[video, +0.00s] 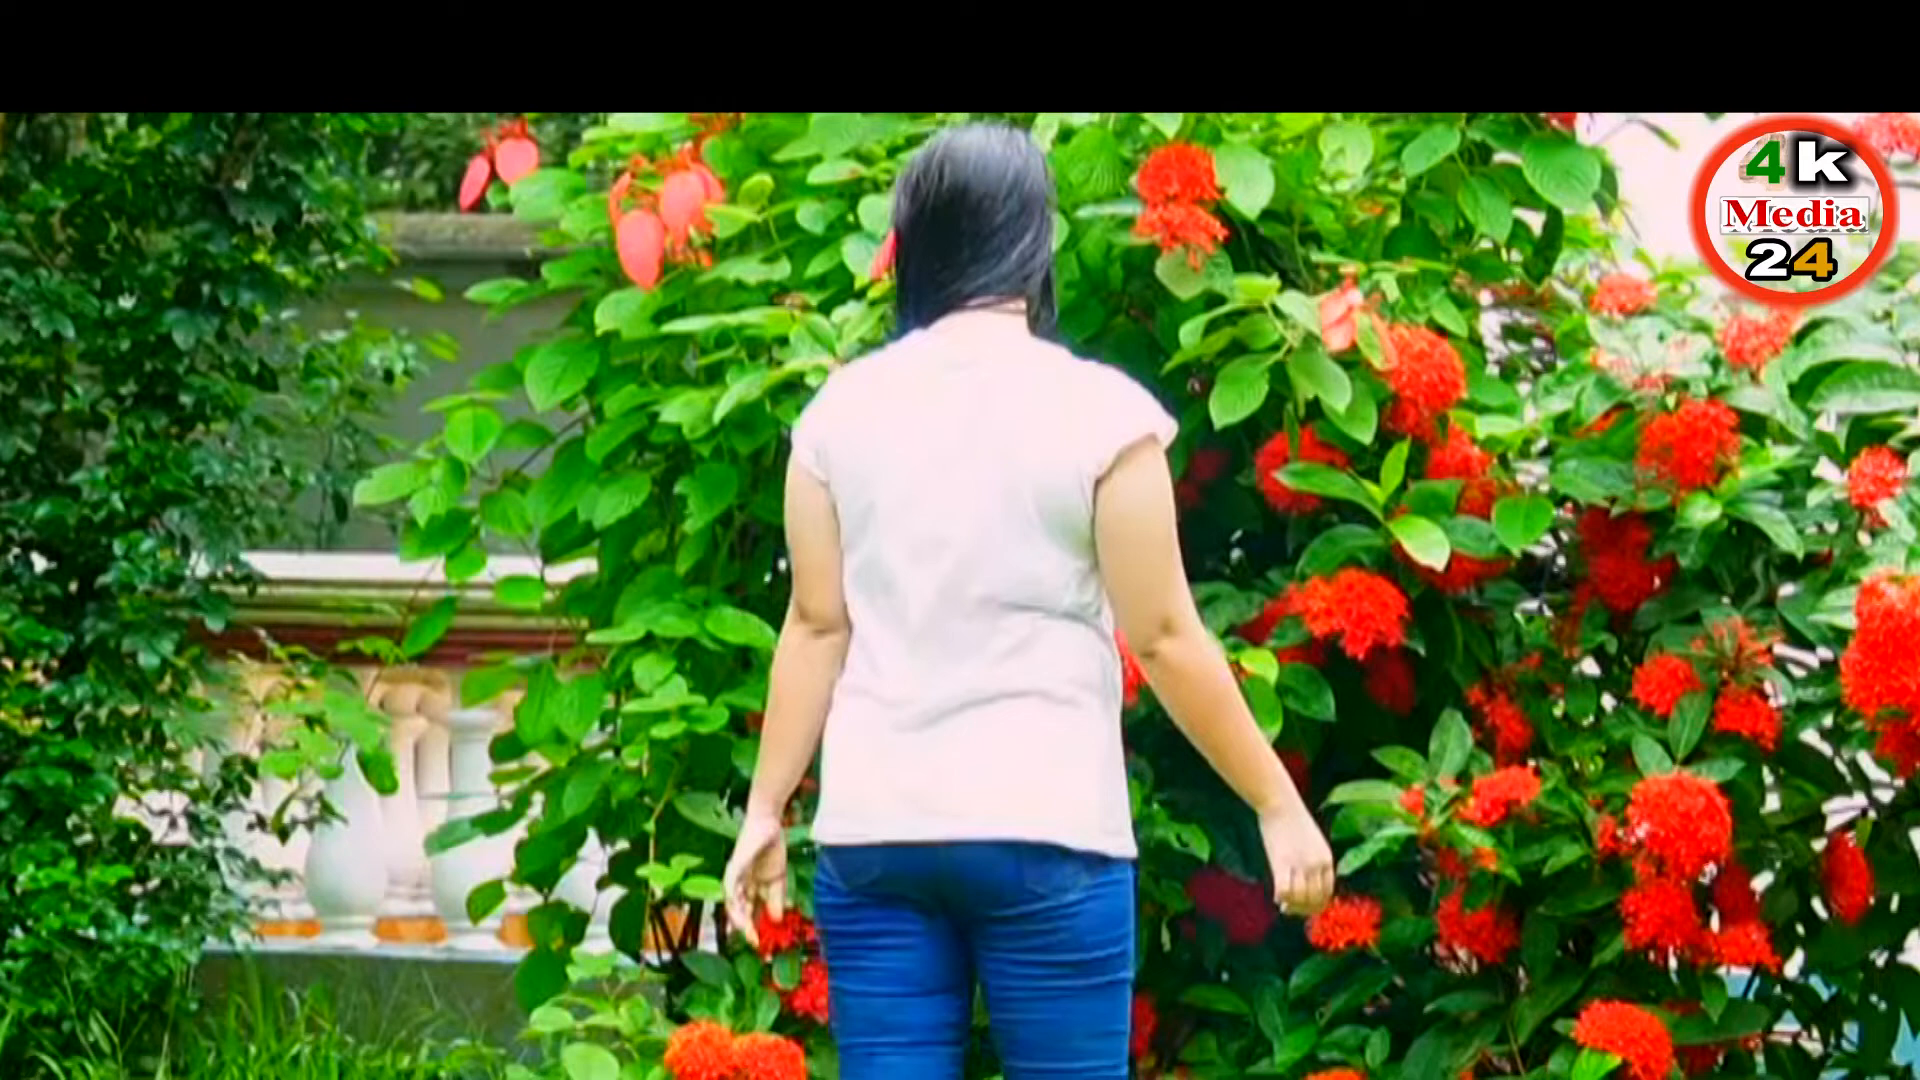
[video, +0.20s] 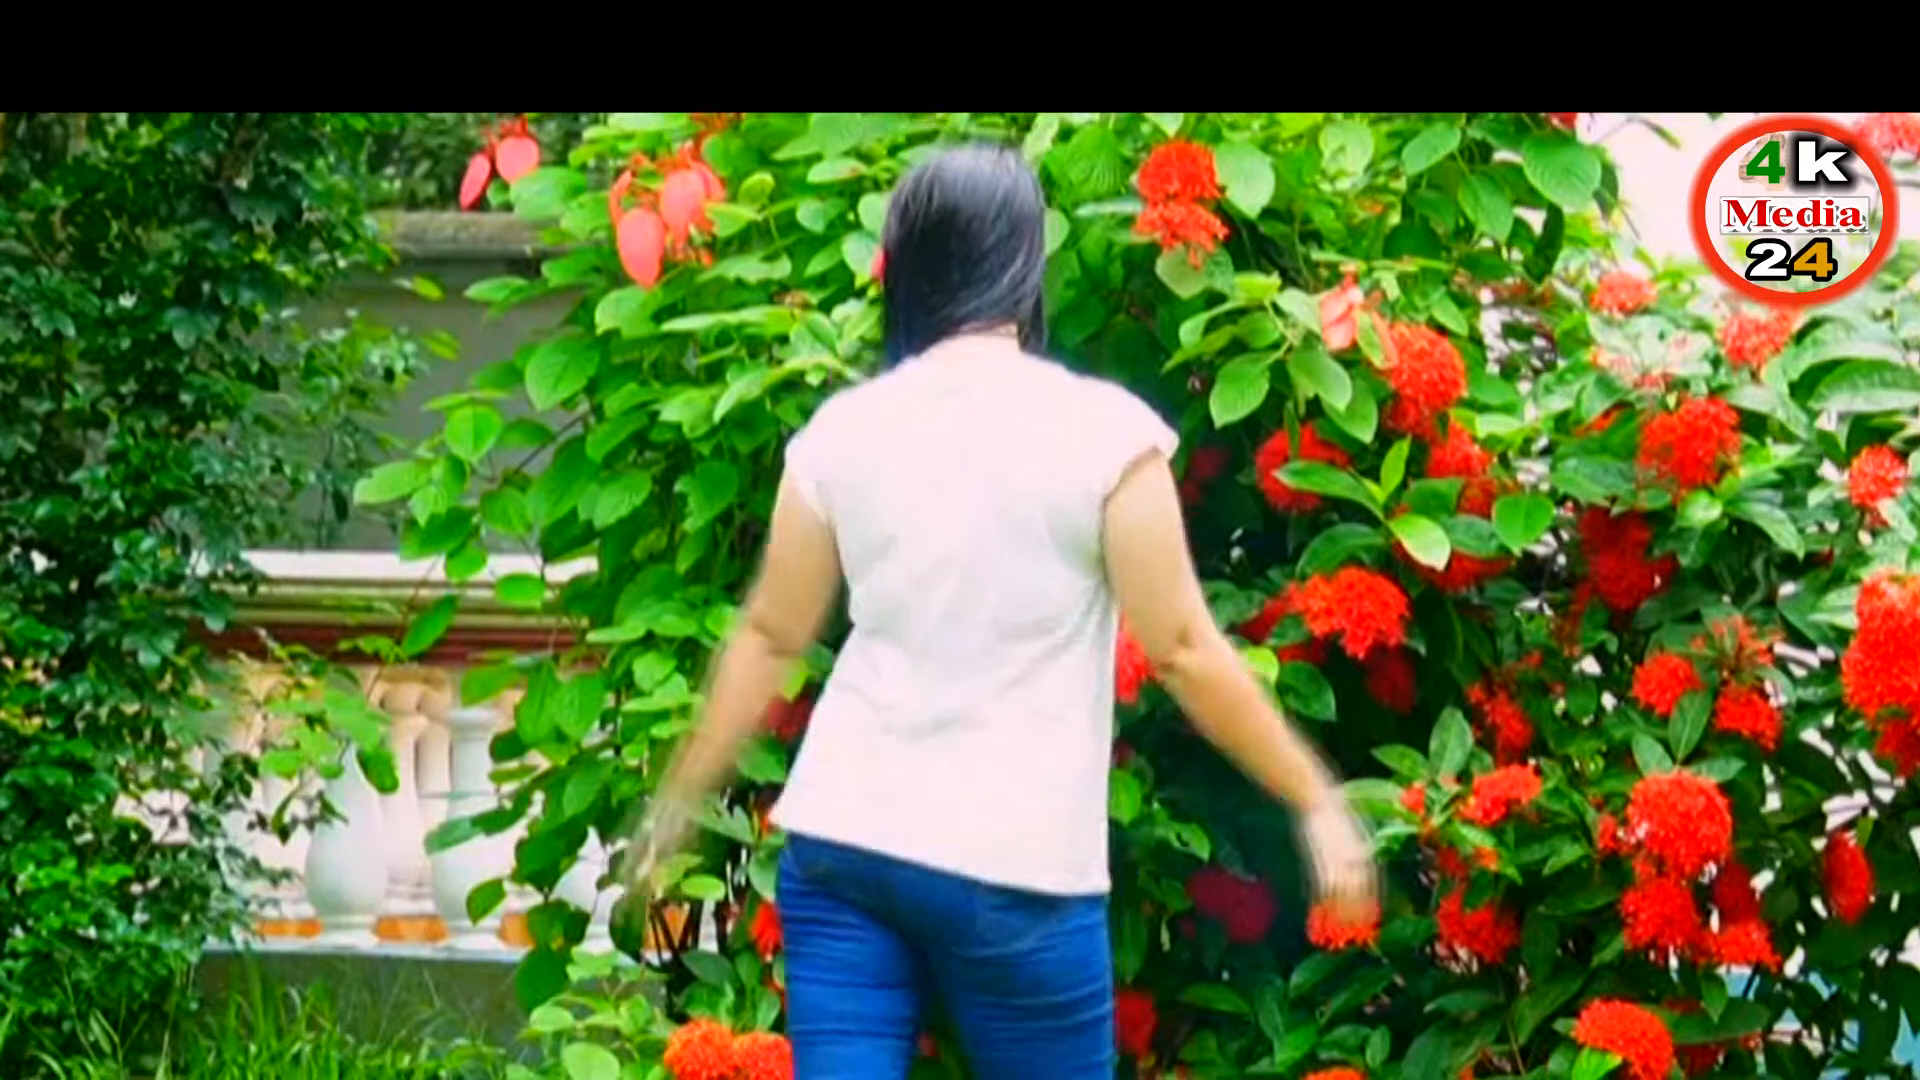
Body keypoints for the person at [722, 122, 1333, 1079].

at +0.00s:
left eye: (899, 228)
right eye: (1041, 226)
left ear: (907, 248)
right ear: (1038, 246)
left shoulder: (838, 409)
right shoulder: (1103, 407)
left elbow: (816, 621)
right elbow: (1164, 635)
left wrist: (765, 805)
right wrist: (1279, 805)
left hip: (871, 820)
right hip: (1049, 816)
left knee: (889, 1067)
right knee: (1070, 1064)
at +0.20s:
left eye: (886, 248)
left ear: (896, 270)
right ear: (1029, 265)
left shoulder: (842, 430)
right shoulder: (1110, 430)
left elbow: (767, 638)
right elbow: (1183, 647)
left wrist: (674, 808)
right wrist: (1314, 796)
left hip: (837, 836)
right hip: (1020, 863)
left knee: (840, 1064)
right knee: (1059, 1064)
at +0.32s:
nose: (877, 262)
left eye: (885, 239)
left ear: (896, 263)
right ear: (1032, 264)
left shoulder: (847, 422)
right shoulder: (1116, 418)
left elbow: (733, 585)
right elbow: (1208, 624)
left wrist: (608, 717)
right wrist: (1368, 757)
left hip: (854, 839)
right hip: (1041, 858)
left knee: (859, 1067)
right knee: (1050, 1068)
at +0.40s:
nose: (870, 255)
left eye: (881, 234)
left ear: (903, 256)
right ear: (1037, 258)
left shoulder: (842, 405)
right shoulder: (1115, 403)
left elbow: (710, 532)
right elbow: (1224, 602)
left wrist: (589, 608)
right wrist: (1400, 700)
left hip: (885, 815)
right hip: (1073, 822)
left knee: (886, 1063)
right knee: (1087, 1062)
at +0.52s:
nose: (878, 242)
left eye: (890, 223)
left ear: (910, 249)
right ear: (1044, 259)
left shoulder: (834, 398)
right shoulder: (1107, 403)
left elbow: (710, 468)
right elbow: (1242, 595)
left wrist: (585, 485)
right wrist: (1447, 632)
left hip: (934, 827)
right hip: (1112, 810)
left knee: (934, 1066)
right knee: (1098, 1067)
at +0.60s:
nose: (881, 239)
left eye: (897, 221)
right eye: (895, 214)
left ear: (918, 260)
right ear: (1044, 273)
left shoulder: (834, 405)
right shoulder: (1104, 425)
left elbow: (725, 434)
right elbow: (1250, 595)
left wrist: (607, 403)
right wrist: (1459, 590)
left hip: (953, 843)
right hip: (1128, 815)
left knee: (966, 1066)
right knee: (1121, 1068)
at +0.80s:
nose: (884, 247)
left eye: (895, 229)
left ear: (905, 253)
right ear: (1046, 257)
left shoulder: (841, 378)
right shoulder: (1099, 401)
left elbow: (734, 356)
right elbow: (1274, 532)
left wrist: (658, 264)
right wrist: (1458, 457)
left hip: (908, 817)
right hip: (1087, 805)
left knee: (913, 1063)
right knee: (1086, 1067)